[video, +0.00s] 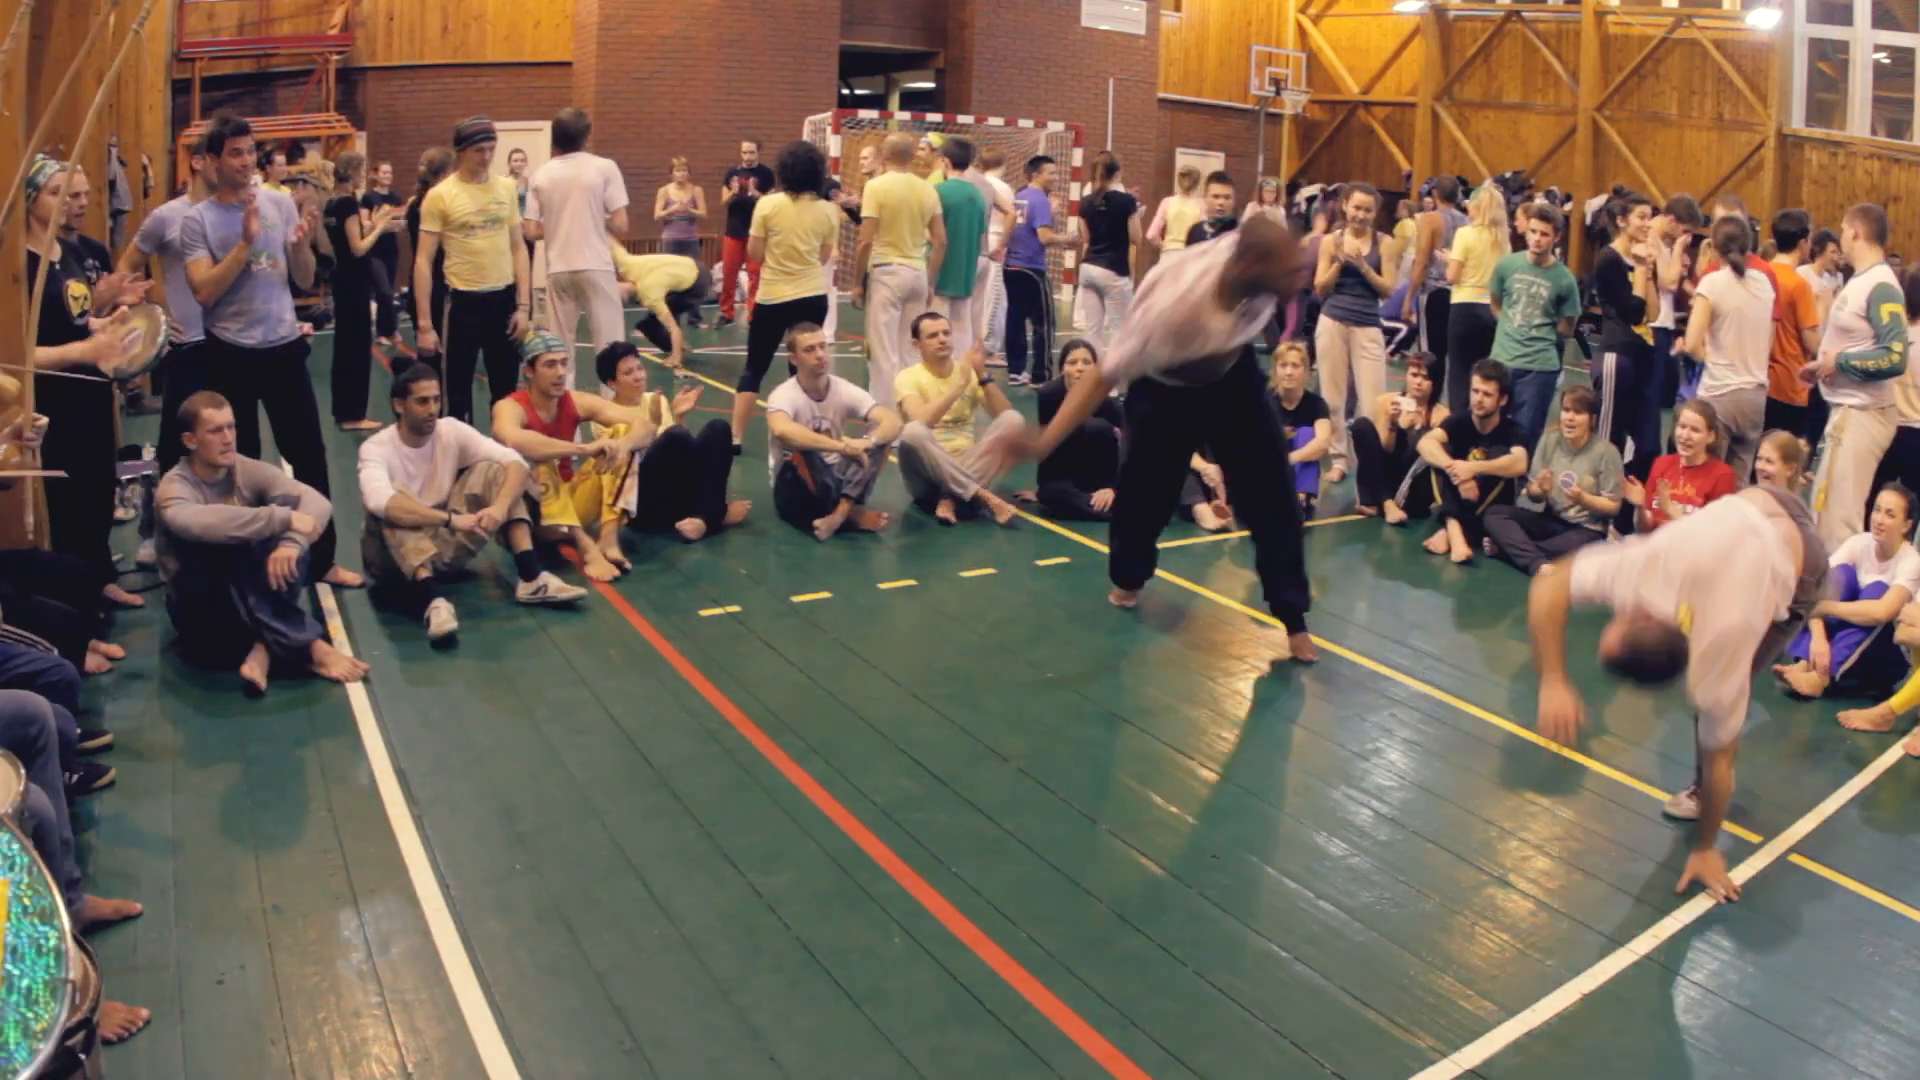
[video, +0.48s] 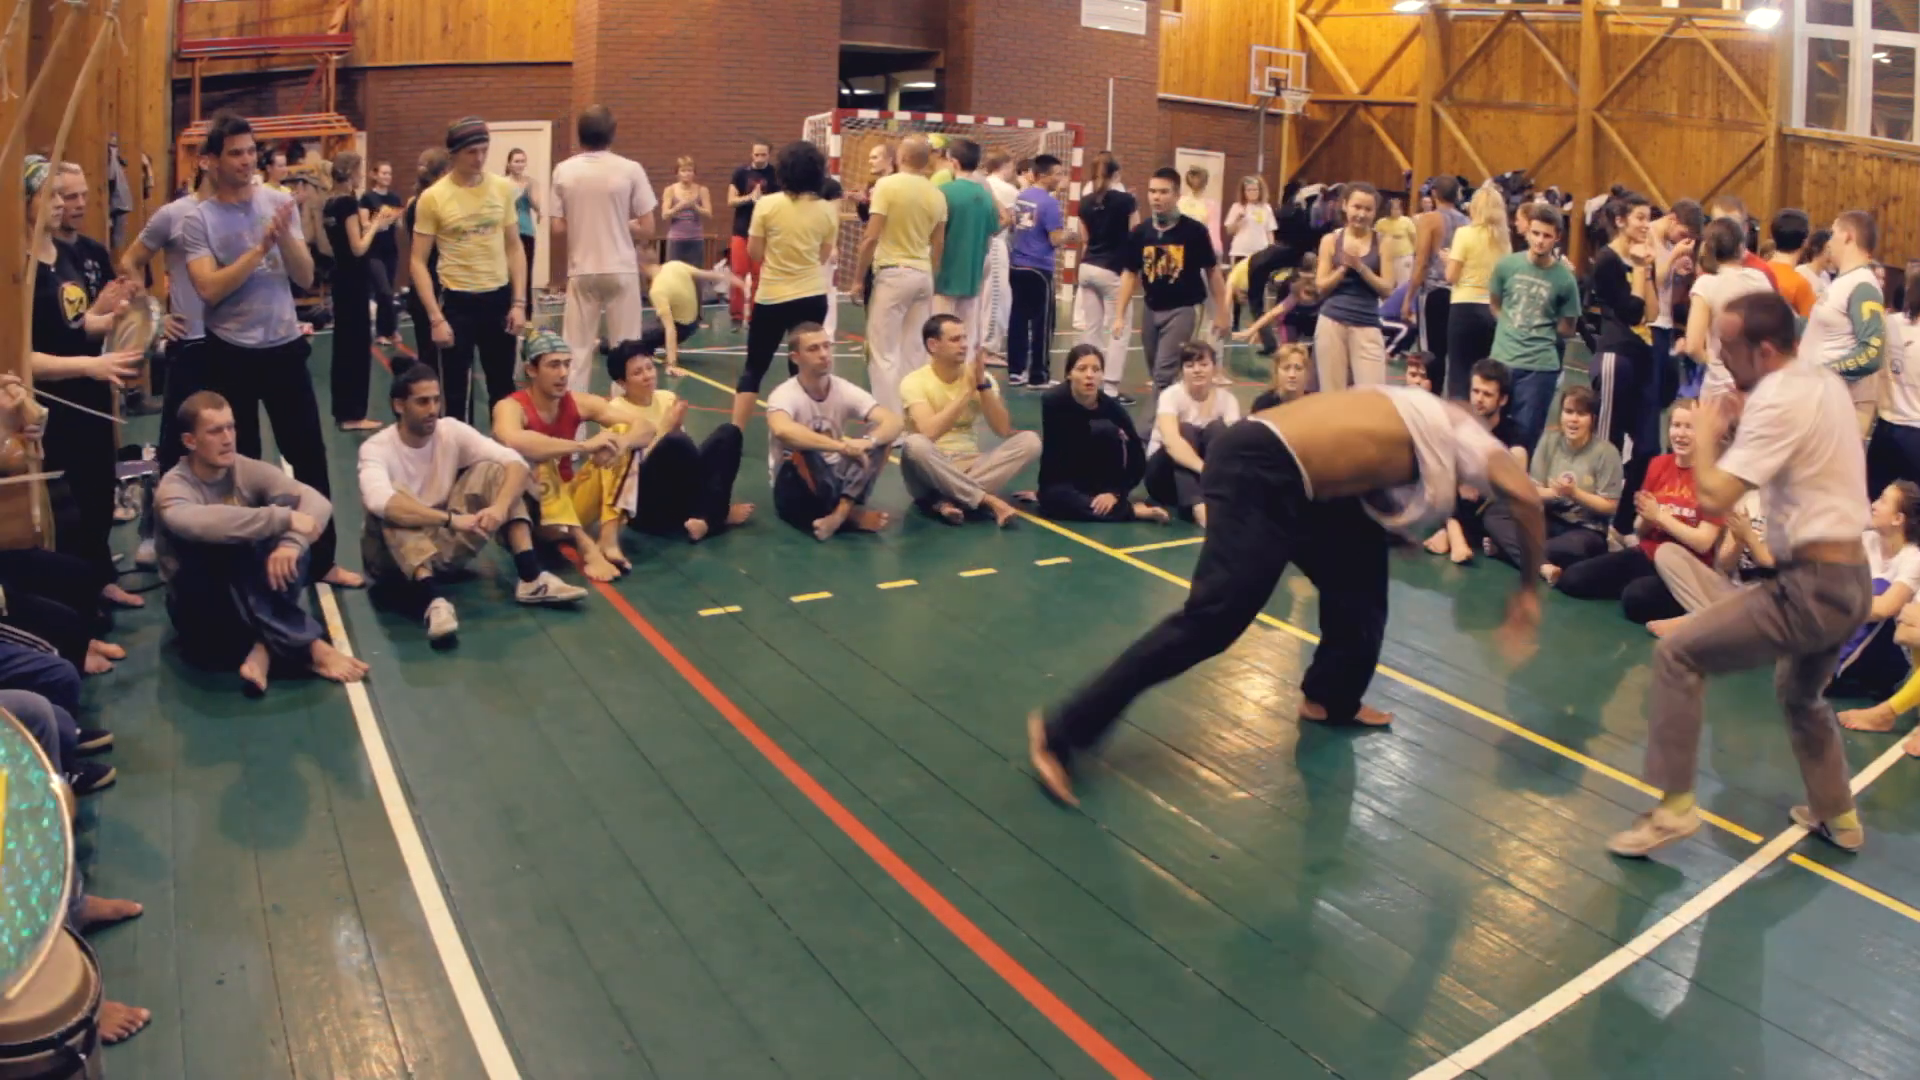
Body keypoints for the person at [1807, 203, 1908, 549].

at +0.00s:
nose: (1840, 240)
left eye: (1843, 232)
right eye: (1841, 233)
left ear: (1856, 233)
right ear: (1869, 234)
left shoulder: (1881, 285)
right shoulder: (1858, 282)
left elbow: (1894, 359)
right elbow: (1856, 346)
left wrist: (1838, 362)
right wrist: (1821, 365)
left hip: (1865, 412)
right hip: (1845, 408)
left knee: (1840, 512)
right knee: (1822, 504)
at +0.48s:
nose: (1828, 244)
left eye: (1832, 235)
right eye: (1829, 236)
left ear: (1848, 237)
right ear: (1849, 238)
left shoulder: (1863, 286)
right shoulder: (1842, 281)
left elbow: (1872, 354)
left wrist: (1818, 374)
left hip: (1850, 402)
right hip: (1827, 397)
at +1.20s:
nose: (1793, 240)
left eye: (1795, 233)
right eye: (1795, 233)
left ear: (1804, 232)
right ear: (1827, 234)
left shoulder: (1821, 273)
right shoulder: (1829, 270)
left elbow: (1833, 333)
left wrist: (1805, 390)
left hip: (1813, 388)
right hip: (1832, 386)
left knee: (1783, 480)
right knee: (1818, 486)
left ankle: (1777, 569)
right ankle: (1811, 571)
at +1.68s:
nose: (1775, 232)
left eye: (1776, 226)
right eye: (1776, 227)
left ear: (1786, 227)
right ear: (1808, 228)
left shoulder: (1812, 269)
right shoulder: (1791, 267)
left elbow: (1822, 334)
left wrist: (1795, 388)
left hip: (1800, 378)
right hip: (1781, 375)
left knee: (1783, 465)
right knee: (1773, 461)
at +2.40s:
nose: (1751, 232)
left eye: (1753, 225)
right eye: (1751, 226)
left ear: (1767, 226)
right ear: (1773, 227)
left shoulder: (1809, 270)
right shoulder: (1752, 266)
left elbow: (1822, 334)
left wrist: (1804, 387)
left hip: (1790, 374)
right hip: (1751, 369)